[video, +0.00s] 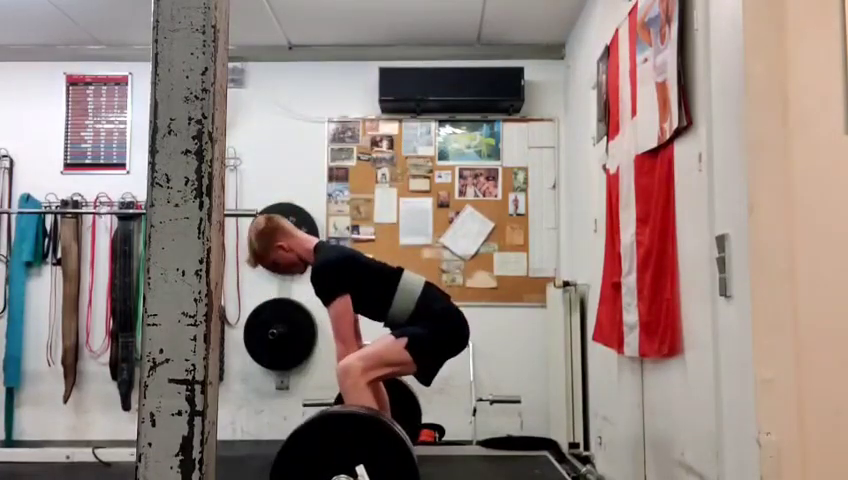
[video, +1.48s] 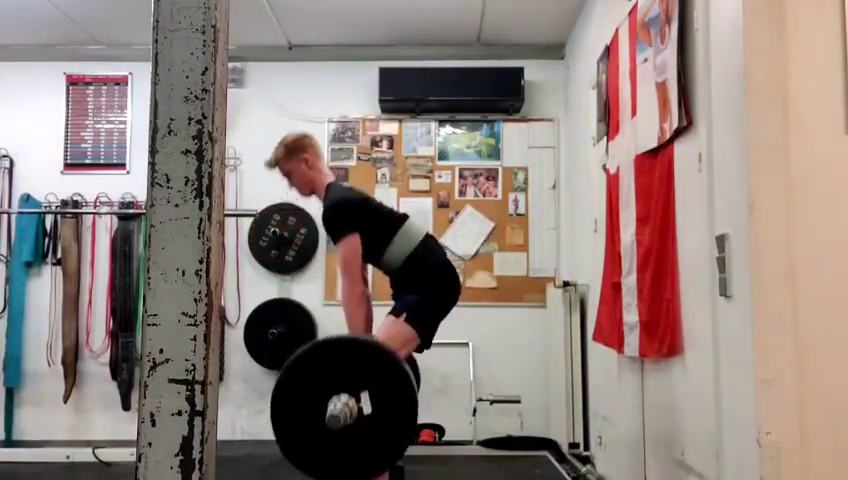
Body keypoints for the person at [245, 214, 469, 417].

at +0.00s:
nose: (286, 272)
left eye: (278, 266)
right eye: (278, 269)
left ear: (282, 247)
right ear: (285, 240)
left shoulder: (326, 268)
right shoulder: (331, 256)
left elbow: (348, 346)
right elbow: (354, 343)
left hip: (439, 327)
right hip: (440, 323)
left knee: (350, 369)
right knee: (362, 367)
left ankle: (370, 451)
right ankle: (387, 447)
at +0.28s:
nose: (285, 266)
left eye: (279, 258)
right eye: (279, 262)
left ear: (288, 237)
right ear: (290, 235)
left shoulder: (324, 267)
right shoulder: (332, 257)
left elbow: (345, 346)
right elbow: (353, 345)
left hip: (438, 332)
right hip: (438, 329)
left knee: (345, 370)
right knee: (362, 367)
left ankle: (367, 452)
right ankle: (386, 447)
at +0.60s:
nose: (280, 250)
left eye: (275, 240)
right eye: (273, 244)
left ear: (289, 220)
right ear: (292, 217)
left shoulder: (330, 258)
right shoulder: (333, 251)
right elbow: (354, 339)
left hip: (434, 322)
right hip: (431, 320)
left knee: (344, 371)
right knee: (363, 371)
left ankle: (368, 453)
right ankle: (385, 448)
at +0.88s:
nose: (277, 240)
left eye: (275, 231)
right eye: (272, 235)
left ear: (290, 214)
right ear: (291, 213)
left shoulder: (330, 256)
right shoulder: (332, 250)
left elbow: (347, 338)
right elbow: (354, 336)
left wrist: (345, 398)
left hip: (434, 318)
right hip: (428, 316)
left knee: (345, 370)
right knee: (362, 370)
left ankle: (368, 453)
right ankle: (385, 447)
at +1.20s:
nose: (280, 224)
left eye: (278, 213)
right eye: (274, 218)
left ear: (295, 197)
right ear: (297, 197)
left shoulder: (332, 237)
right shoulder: (333, 232)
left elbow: (351, 319)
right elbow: (355, 316)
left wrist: (352, 382)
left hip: (434, 301)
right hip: (429, 299)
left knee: (358, 370)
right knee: (372, 371)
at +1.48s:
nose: (289, 184)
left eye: (288, 174)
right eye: (285, 177)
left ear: (307, 162)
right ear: (310, 164)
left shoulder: (339, 204)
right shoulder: (340, 200)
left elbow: (354, 285)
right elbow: (359, 287)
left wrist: (357, 353)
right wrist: (361, 350)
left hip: (432, 282)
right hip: (423, 282)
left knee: (377, 361)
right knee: (377, 362)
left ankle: (379, 465)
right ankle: (381, 462)